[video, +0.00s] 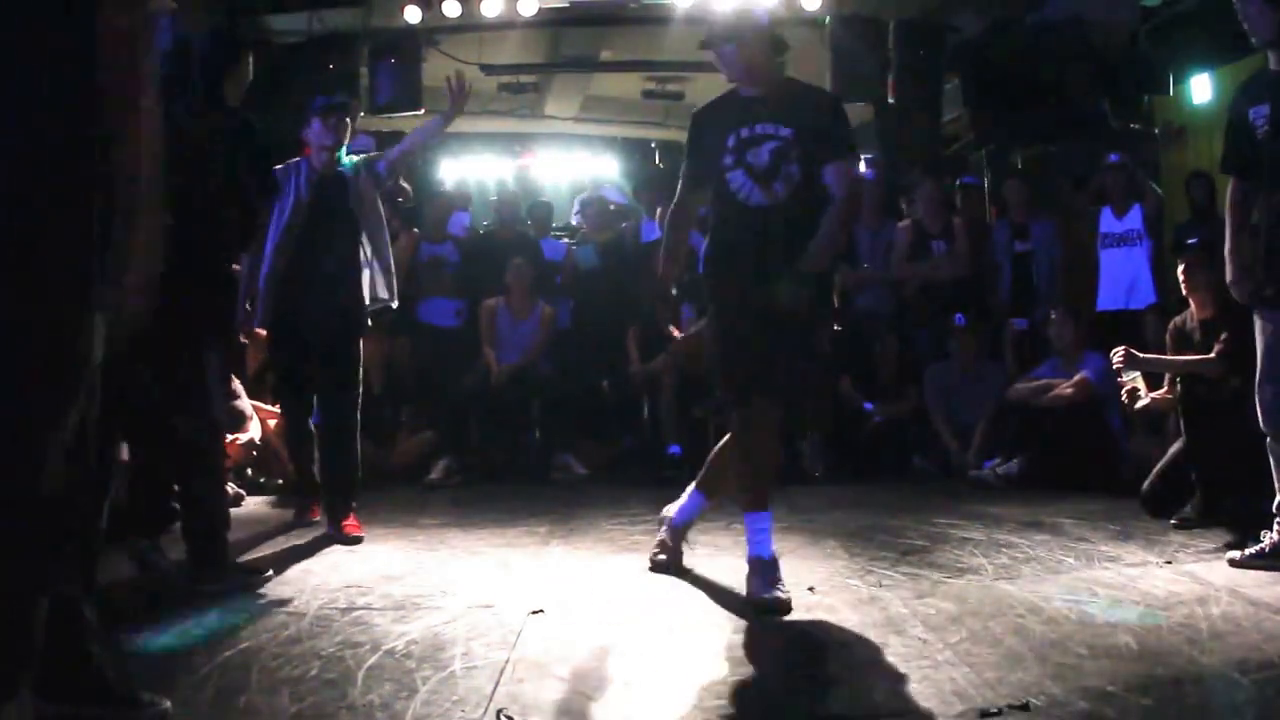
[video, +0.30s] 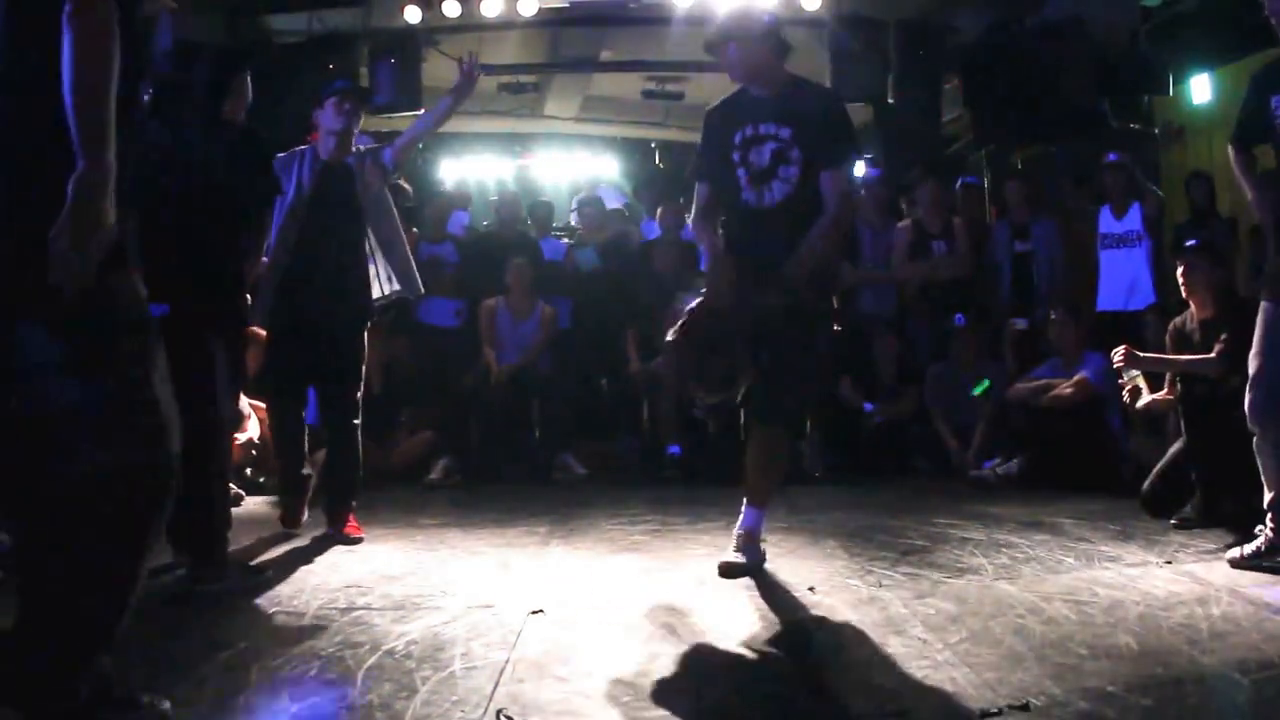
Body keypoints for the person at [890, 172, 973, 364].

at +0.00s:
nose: (929, 206)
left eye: (933, 199)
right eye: (924, 200)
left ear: (942, 201)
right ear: (916, 202)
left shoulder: (957, 226)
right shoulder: (906, 229)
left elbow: (962, 266)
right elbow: (898, 269)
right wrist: (939, 268)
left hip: (953, 295)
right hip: (918, 297)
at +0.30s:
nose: (931, 202)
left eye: (934, 196)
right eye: (925, 196)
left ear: (942, 198)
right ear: (917, 199)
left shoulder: (956, 226)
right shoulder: (906, 229)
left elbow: (964, 265)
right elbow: (899, 270)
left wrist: (926, 271)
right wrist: (938, 268)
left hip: (953, 297)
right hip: (919, 300)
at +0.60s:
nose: (929, 201)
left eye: (933, 194)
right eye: (924, 195)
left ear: (941, 196)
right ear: (916, 199)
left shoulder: (957, 226)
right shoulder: (905, 230)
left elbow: (965, 266)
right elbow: (898, 269)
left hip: (953, 295)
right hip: (919, 298)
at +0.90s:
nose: (929, 202)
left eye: (934, 195)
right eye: (924, 196)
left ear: (941, 197)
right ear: (915, 198)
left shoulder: (956, 226)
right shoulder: (905, 229)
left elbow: (963, 265)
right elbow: (899, 269)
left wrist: (922, 273)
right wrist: (942, 268)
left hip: (953, 301)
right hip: (919, 304)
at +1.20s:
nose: (931, 205)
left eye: (935, 198)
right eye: (925, 199)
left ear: (942, 200)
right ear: (917, 201)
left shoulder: (956, 226)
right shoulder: (905, 229)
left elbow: (964, 265)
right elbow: (899, 269)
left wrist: (924, 275)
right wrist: (941, 268)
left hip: (953, 297)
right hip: (919, 300)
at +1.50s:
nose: (928, 202)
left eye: (932, 196)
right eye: (923, 197)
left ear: (940, 198)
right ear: (916, 199)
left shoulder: (956, 225)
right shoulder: (905, 228)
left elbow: (963, 264)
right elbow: (900, 269)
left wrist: (923, 275)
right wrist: (942, 266)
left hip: (952, 297)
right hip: (918, 300)